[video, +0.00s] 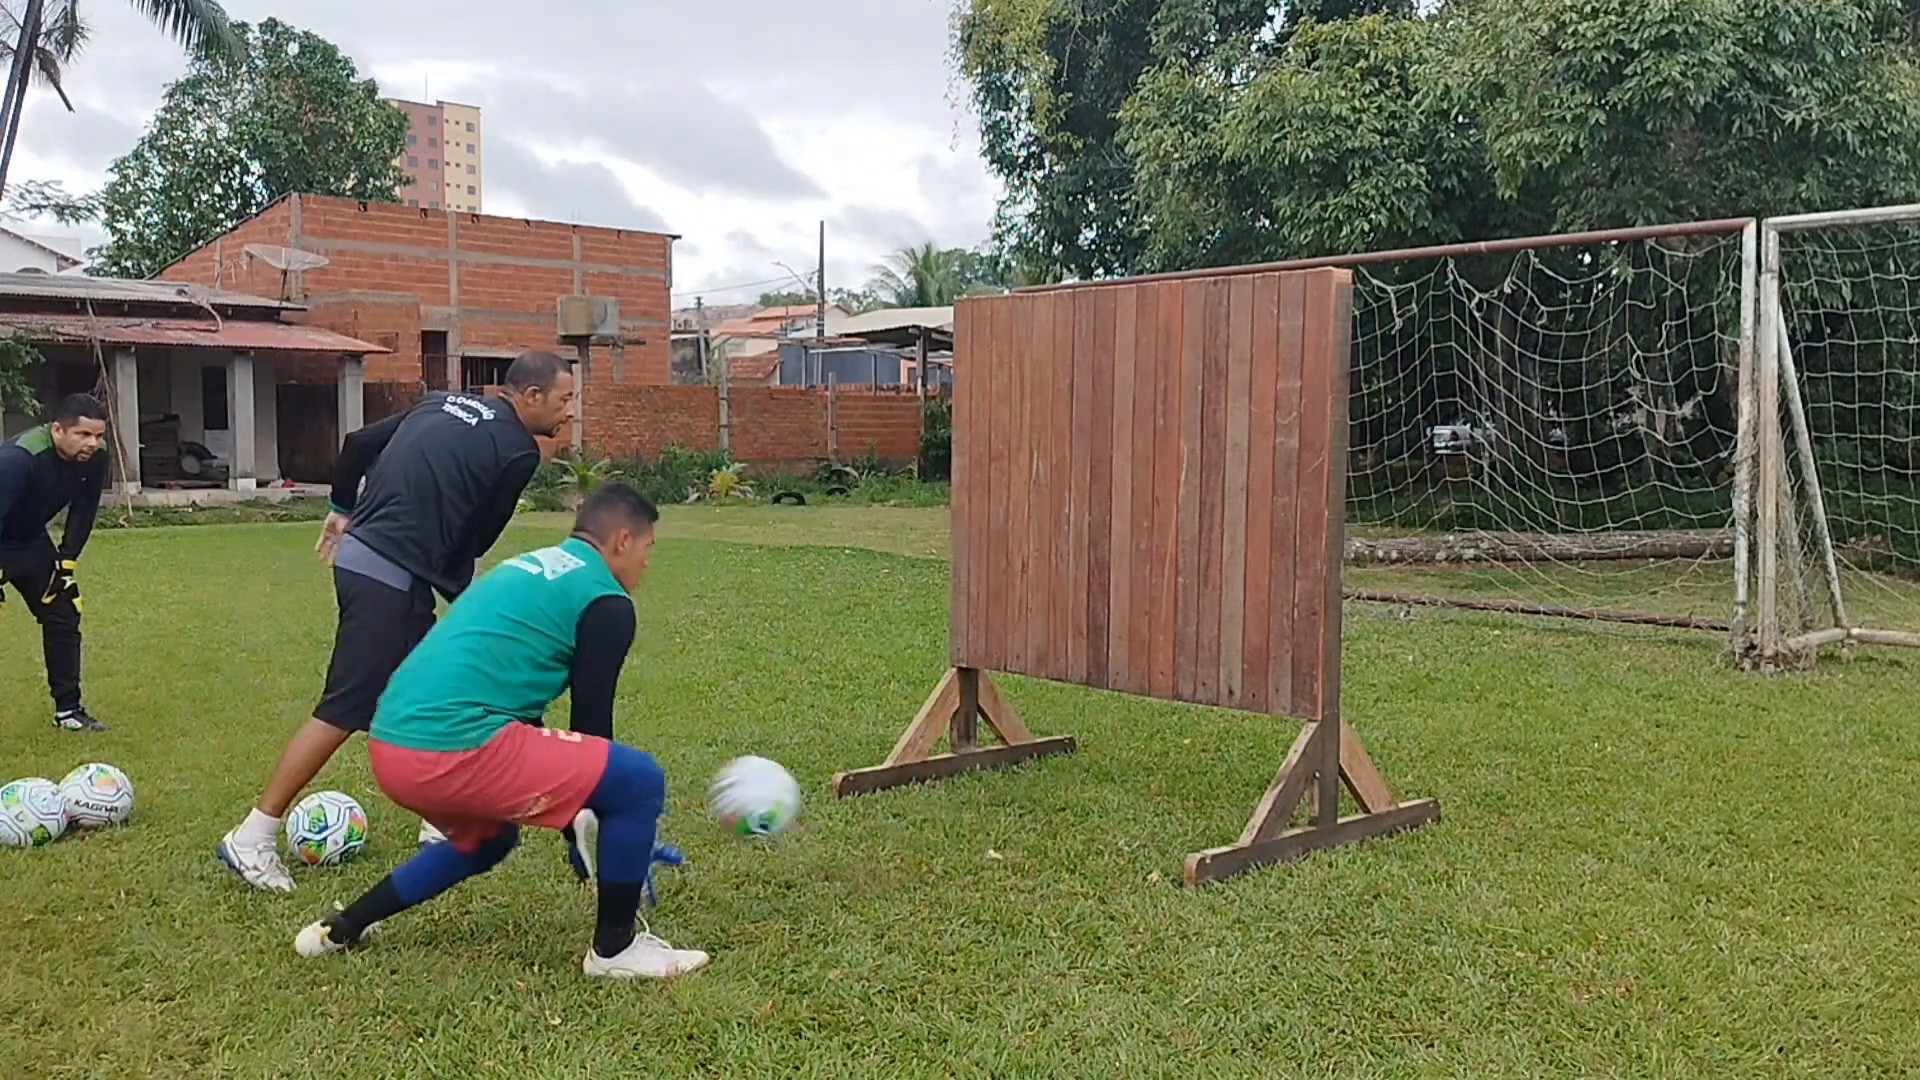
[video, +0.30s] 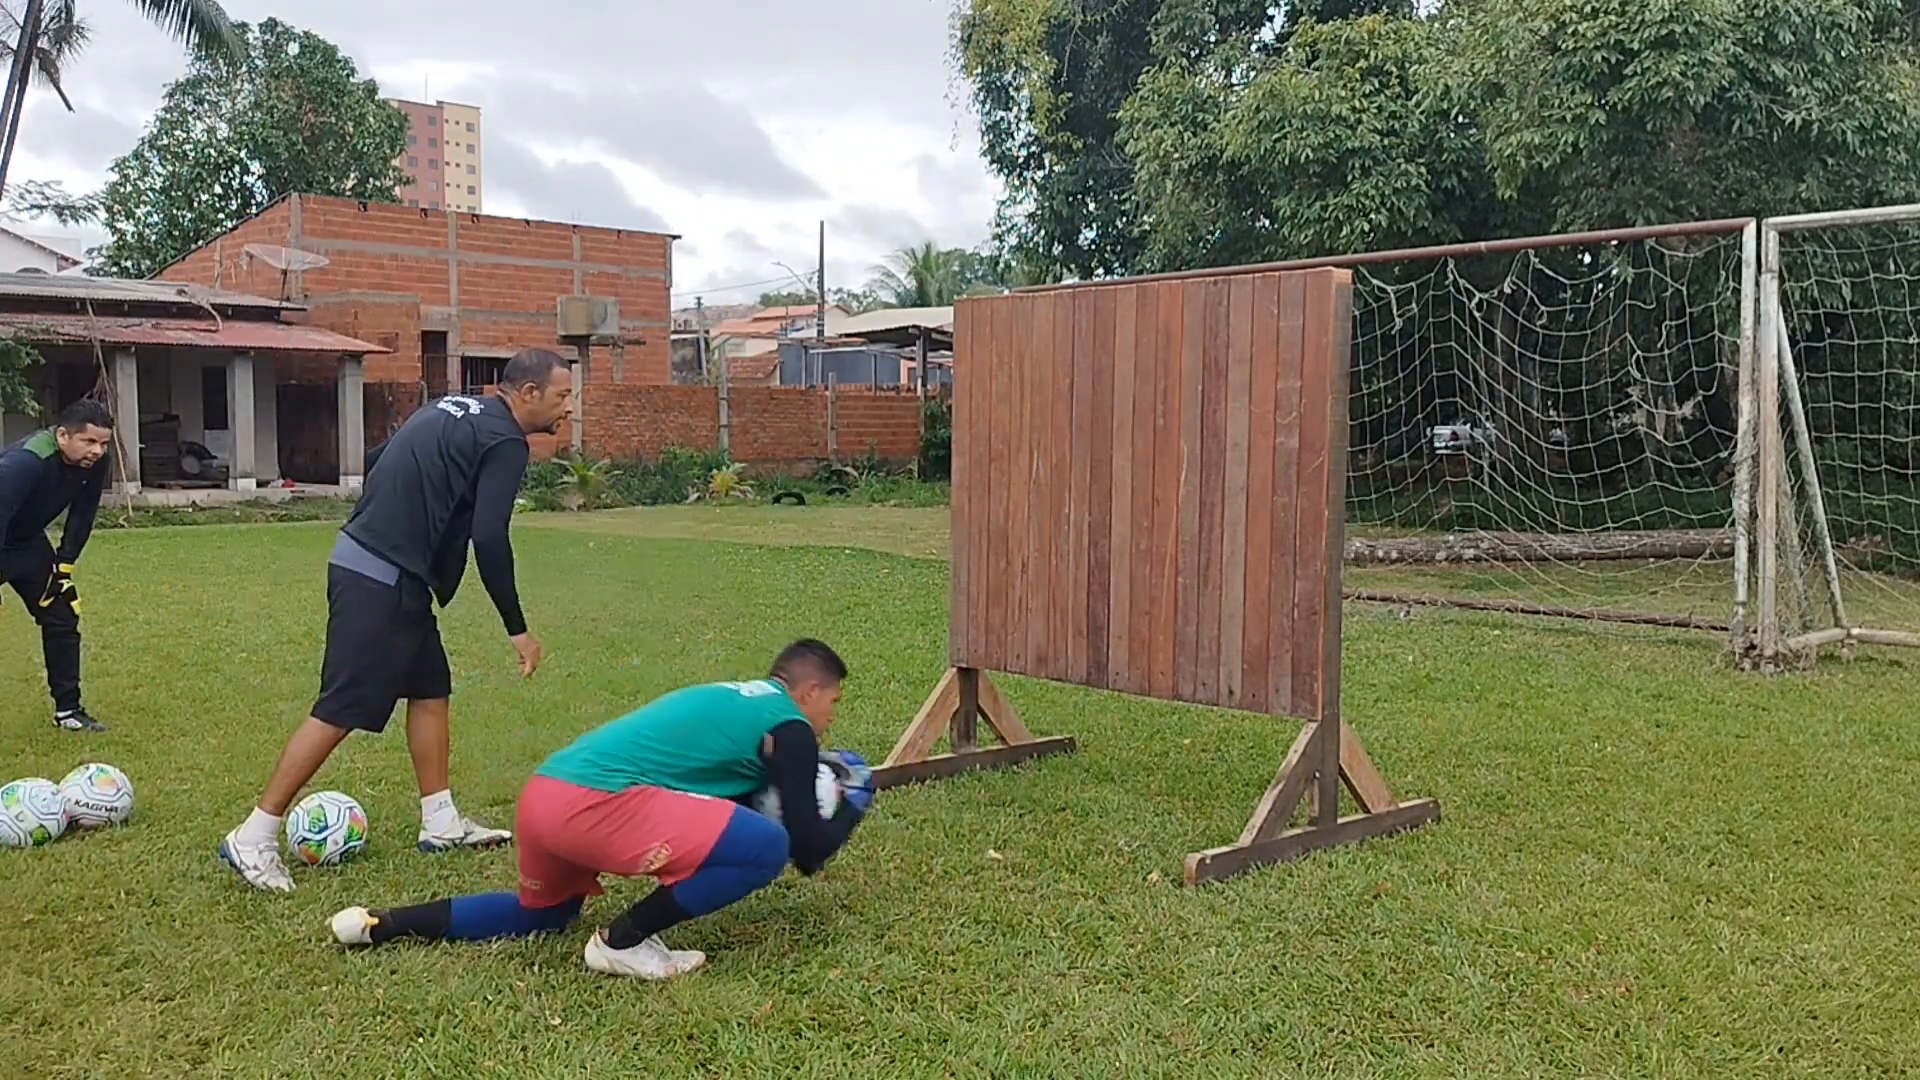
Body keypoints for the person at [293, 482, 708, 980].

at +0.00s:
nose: (646, 563)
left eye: (649, 550)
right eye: (646, 549)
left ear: (585, 535)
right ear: (621, 542)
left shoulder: (527, 564)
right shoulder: (605, 602)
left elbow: (513, 701)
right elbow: (592, 730)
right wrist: (593, 826)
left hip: (394, 749)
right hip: (459, 755)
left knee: (490, 840)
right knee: (637, 780)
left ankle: (340, 929)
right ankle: (616, 947)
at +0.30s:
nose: (833, 714)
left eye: (835, 702)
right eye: (832, 700)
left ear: (778, 681)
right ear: (809, 690)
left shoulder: (727, 703)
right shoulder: (789, 723)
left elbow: (722, 810)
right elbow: (812, 851)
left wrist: (805, 787)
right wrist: (848, 802)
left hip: (542, 796)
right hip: (596, 805)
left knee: (544, 915)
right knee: (765, 849)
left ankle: (376, 924)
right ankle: (621, 941)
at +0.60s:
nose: (1016, 808)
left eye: (1018, 799)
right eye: (1021, 799)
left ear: (983, 762)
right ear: (1014, 787)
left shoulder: (930, 764)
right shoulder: (998, 801)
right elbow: (952, 886)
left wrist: (966, 877)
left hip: (791, 765)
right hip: (855, 786)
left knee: (707, 895)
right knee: (951, 930)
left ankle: (615, 905)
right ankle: (802, 944)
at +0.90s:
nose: (958, 634)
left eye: (956, 627)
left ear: (951, 625)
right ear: (1007, 626)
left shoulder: (918, 661)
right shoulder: (1040, 665)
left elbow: (899, 739)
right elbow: (1055, 749)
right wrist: (1024, 815)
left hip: (884, 783)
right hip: (966, 798)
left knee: (867, 888)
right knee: (1036, 912)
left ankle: (776, 916)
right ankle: (960, 937)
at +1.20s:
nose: (835, 538)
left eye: (835, 530)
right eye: (836, 530)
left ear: (848, 529)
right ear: (901, 527)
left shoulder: (828, 566)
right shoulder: (949, 571)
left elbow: (758, 644)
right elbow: (971, 667)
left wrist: (815, 703)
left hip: (886, 786)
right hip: (968, 789)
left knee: (836, 731)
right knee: (1013, 907)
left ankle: (882, 882)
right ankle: (992, 948)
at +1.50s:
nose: (806, 437)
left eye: (799, 433)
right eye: (805, 430)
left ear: (744, 436)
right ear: (802, 429)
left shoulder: (715, 497)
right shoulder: (832, 470)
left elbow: (720, 610)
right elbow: (885, 571)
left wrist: (766, 645)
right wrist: (882, 598)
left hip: (774, 712)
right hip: (849, 697)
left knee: (845, 753)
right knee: (922, 797)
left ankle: (888, 876)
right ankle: (869, 862)